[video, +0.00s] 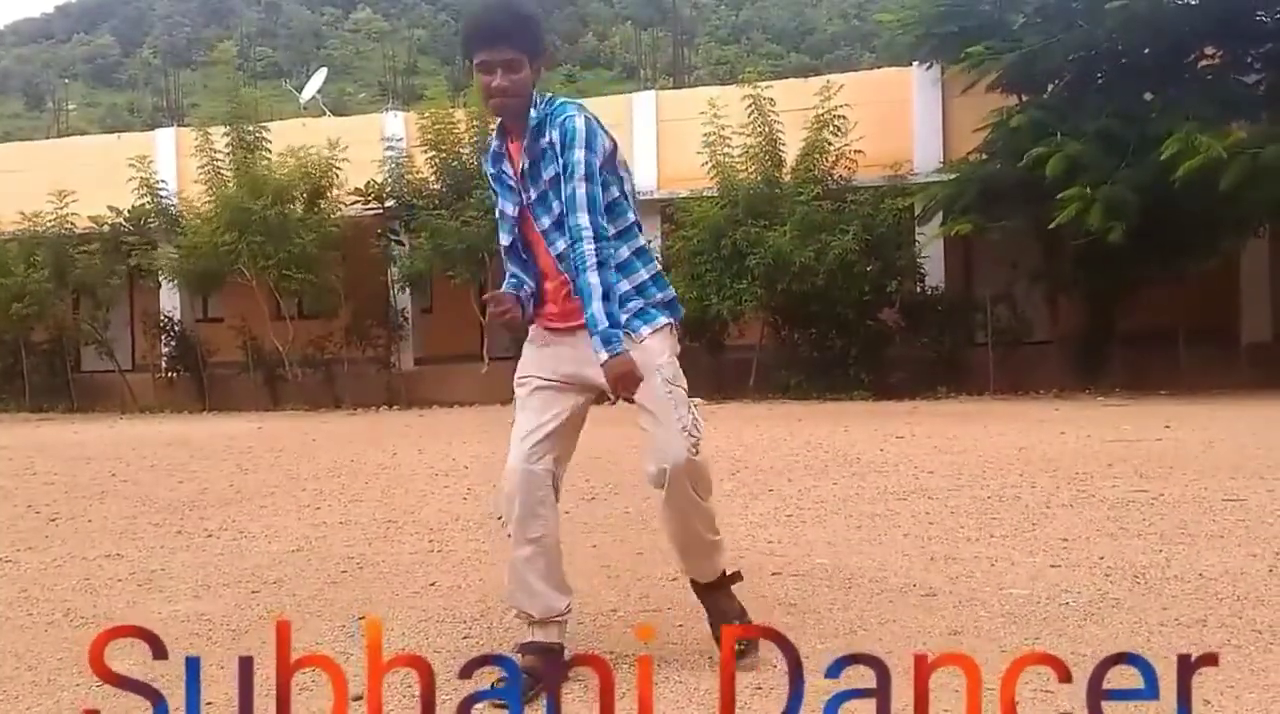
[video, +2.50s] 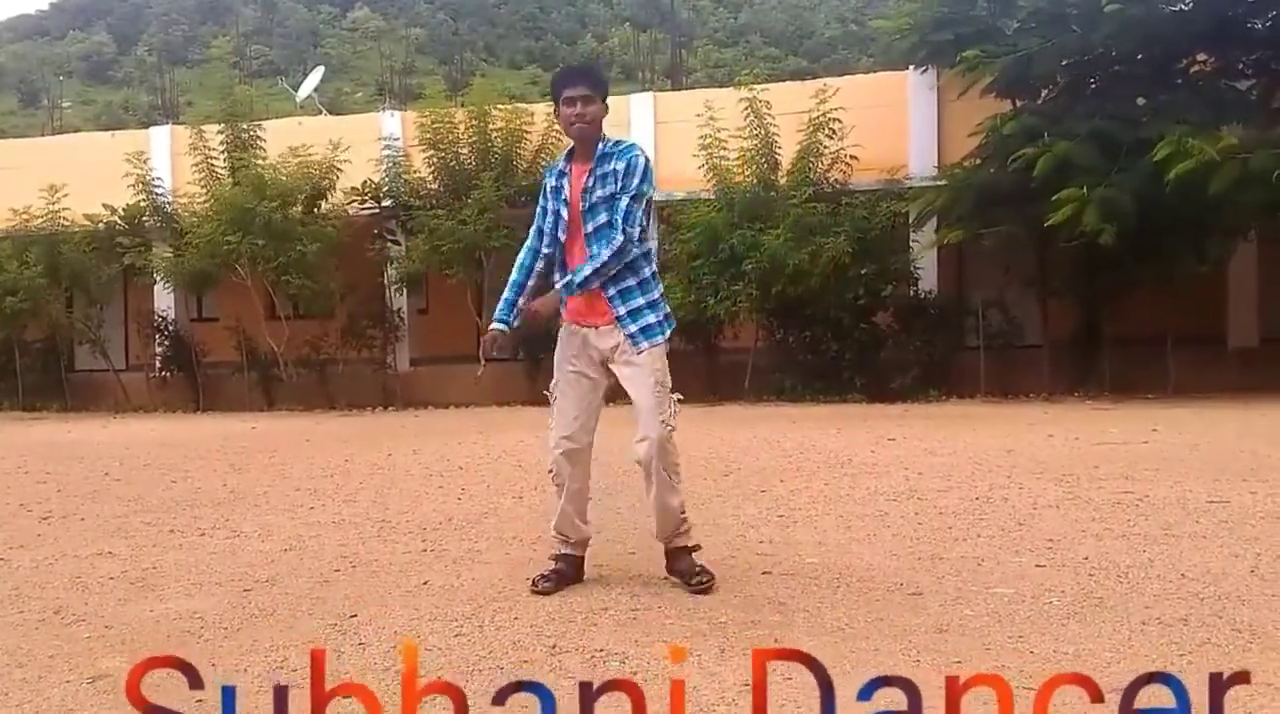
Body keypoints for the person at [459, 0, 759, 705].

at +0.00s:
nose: (497, 81)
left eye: (510, 67)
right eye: (485, 69)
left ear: (538, 69)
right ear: (474, 75)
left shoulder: (572, 126)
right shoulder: (495, 157)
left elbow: (588, 233)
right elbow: (517, 242)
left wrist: (611, 341)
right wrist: (517, 294)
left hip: (632, 317)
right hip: (552, 328)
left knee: (678, 458)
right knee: (526, 472)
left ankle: (711, 582)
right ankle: (545, 637)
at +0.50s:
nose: (676, 51)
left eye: (686, 37)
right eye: (662, 42)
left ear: (706, 45)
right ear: (646, 55)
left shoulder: (733, 138)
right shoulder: (616, 119)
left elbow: (789, 212)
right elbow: (591, 209)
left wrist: (866, 228)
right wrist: (692, 226)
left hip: (716, 323)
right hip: (632, 325)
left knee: (769, 483)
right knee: (593, 488)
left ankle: (785, 627)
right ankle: (546, 643)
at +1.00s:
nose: (694, 71)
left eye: (705, 58)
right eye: (683, 61)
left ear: (728, 62)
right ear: (670, 72)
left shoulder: (756, 113)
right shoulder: (660, 156)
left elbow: (722, 182)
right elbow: (601, 223)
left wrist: (639, 199)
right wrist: (532, 290)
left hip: (744, 309)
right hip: (664, 318)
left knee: (752, 456)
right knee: (650, 461)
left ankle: (783, 618)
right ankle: (673, 576)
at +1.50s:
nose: (623, 97)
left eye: (633, 87)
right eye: (613, 88)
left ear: (650, 96)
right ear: (598, 98)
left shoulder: (683, 143)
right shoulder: (590, 176)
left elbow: (730, 203)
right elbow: (606, 255)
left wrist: (790, 255)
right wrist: (670, 222)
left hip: (689, 322)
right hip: (623, 333)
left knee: (713, 451)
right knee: (635, 459)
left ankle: (701, 543)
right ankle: (683, 582)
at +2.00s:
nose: (628, 112)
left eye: (636, 102)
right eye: (617, 103)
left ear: (651, 107)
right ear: (602, 110)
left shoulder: (664, 182)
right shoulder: (573, 160)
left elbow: (682, 237)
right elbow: (530, 225)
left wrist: (690, 273)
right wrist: (586, 268)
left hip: (636, 320)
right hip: (581, 315)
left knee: (613, 445)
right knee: (581, 434)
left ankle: (606, 560)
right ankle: (552, 550)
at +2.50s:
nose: (578, 112)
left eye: (587, 102)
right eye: (569, 104)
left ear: (604, 108)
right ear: (557, 113)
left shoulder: (630, 158)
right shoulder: (555, 176)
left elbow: (626, 238)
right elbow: (536, 248)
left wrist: (564, 289)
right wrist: (502, 318)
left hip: (636, 320)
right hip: (578, 324)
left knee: (657, 438)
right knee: (566, 445)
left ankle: (678, 551)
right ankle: (570, 555)